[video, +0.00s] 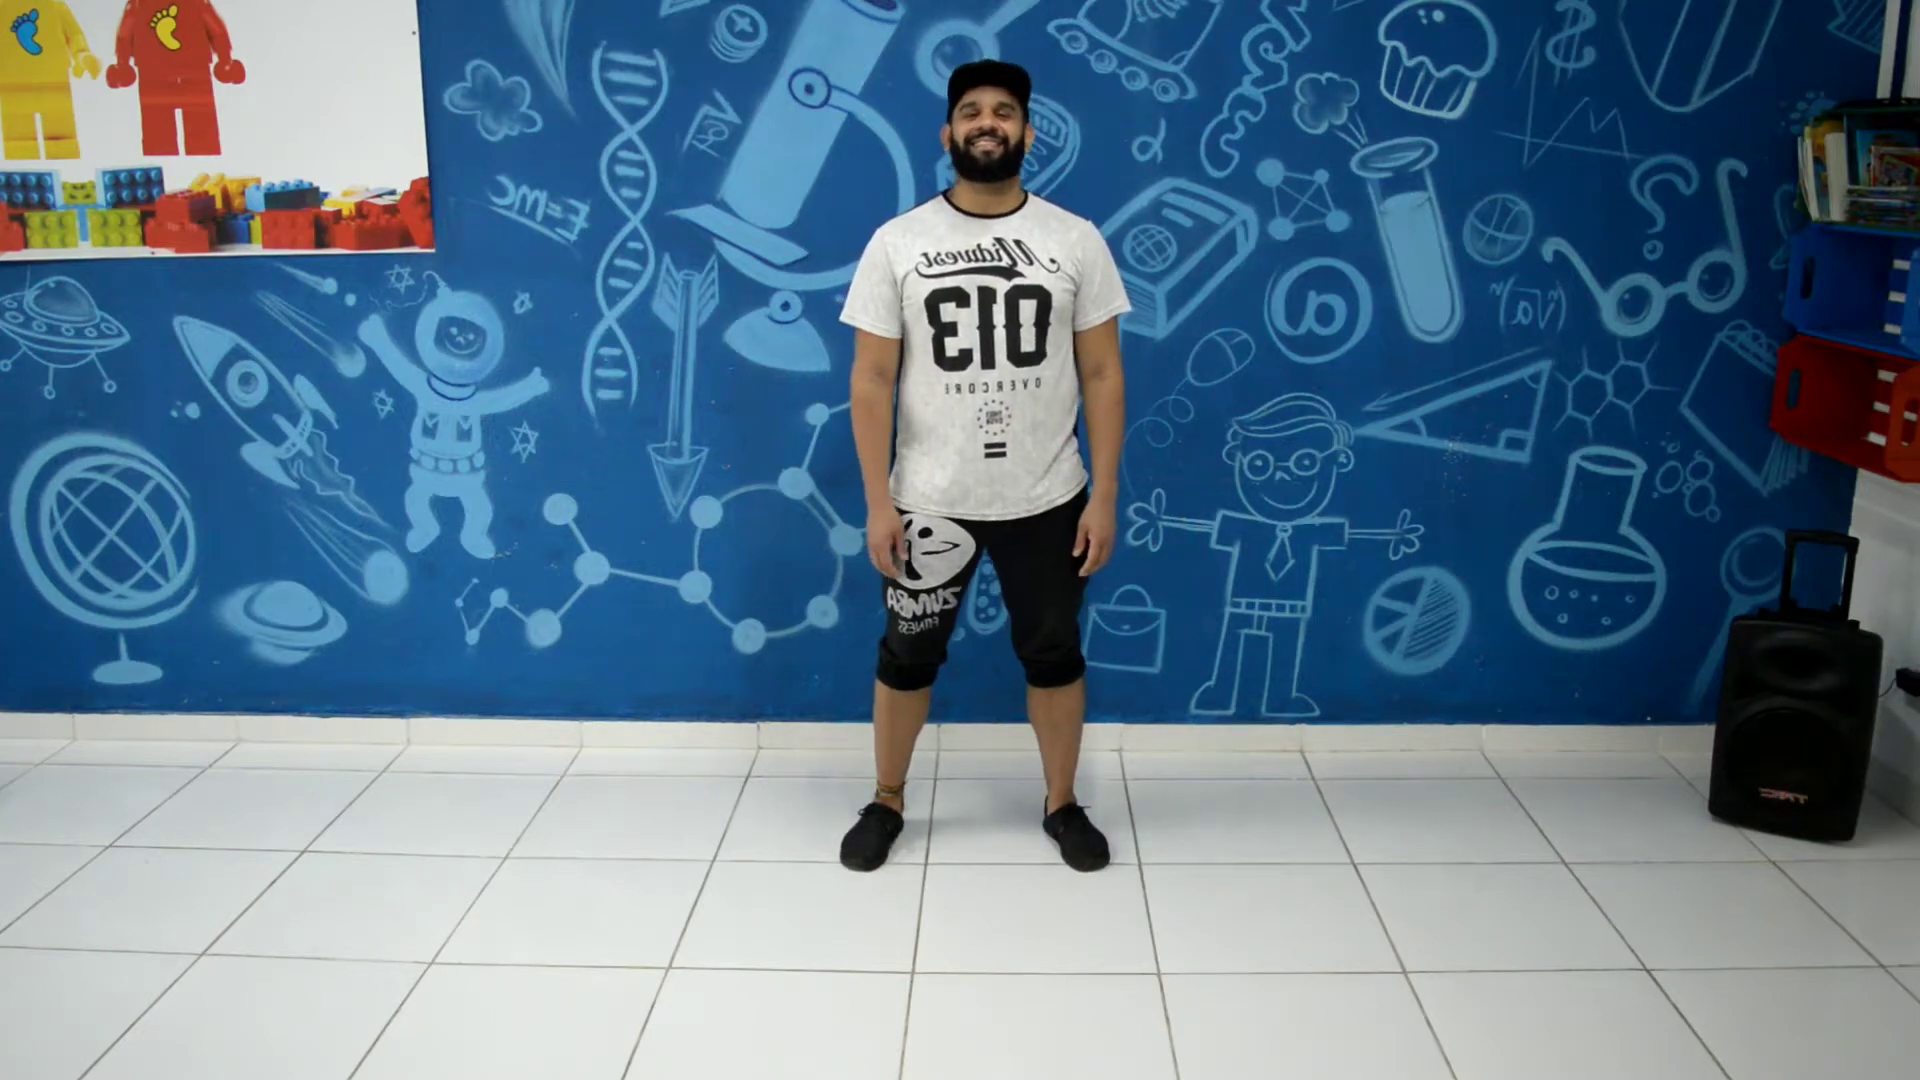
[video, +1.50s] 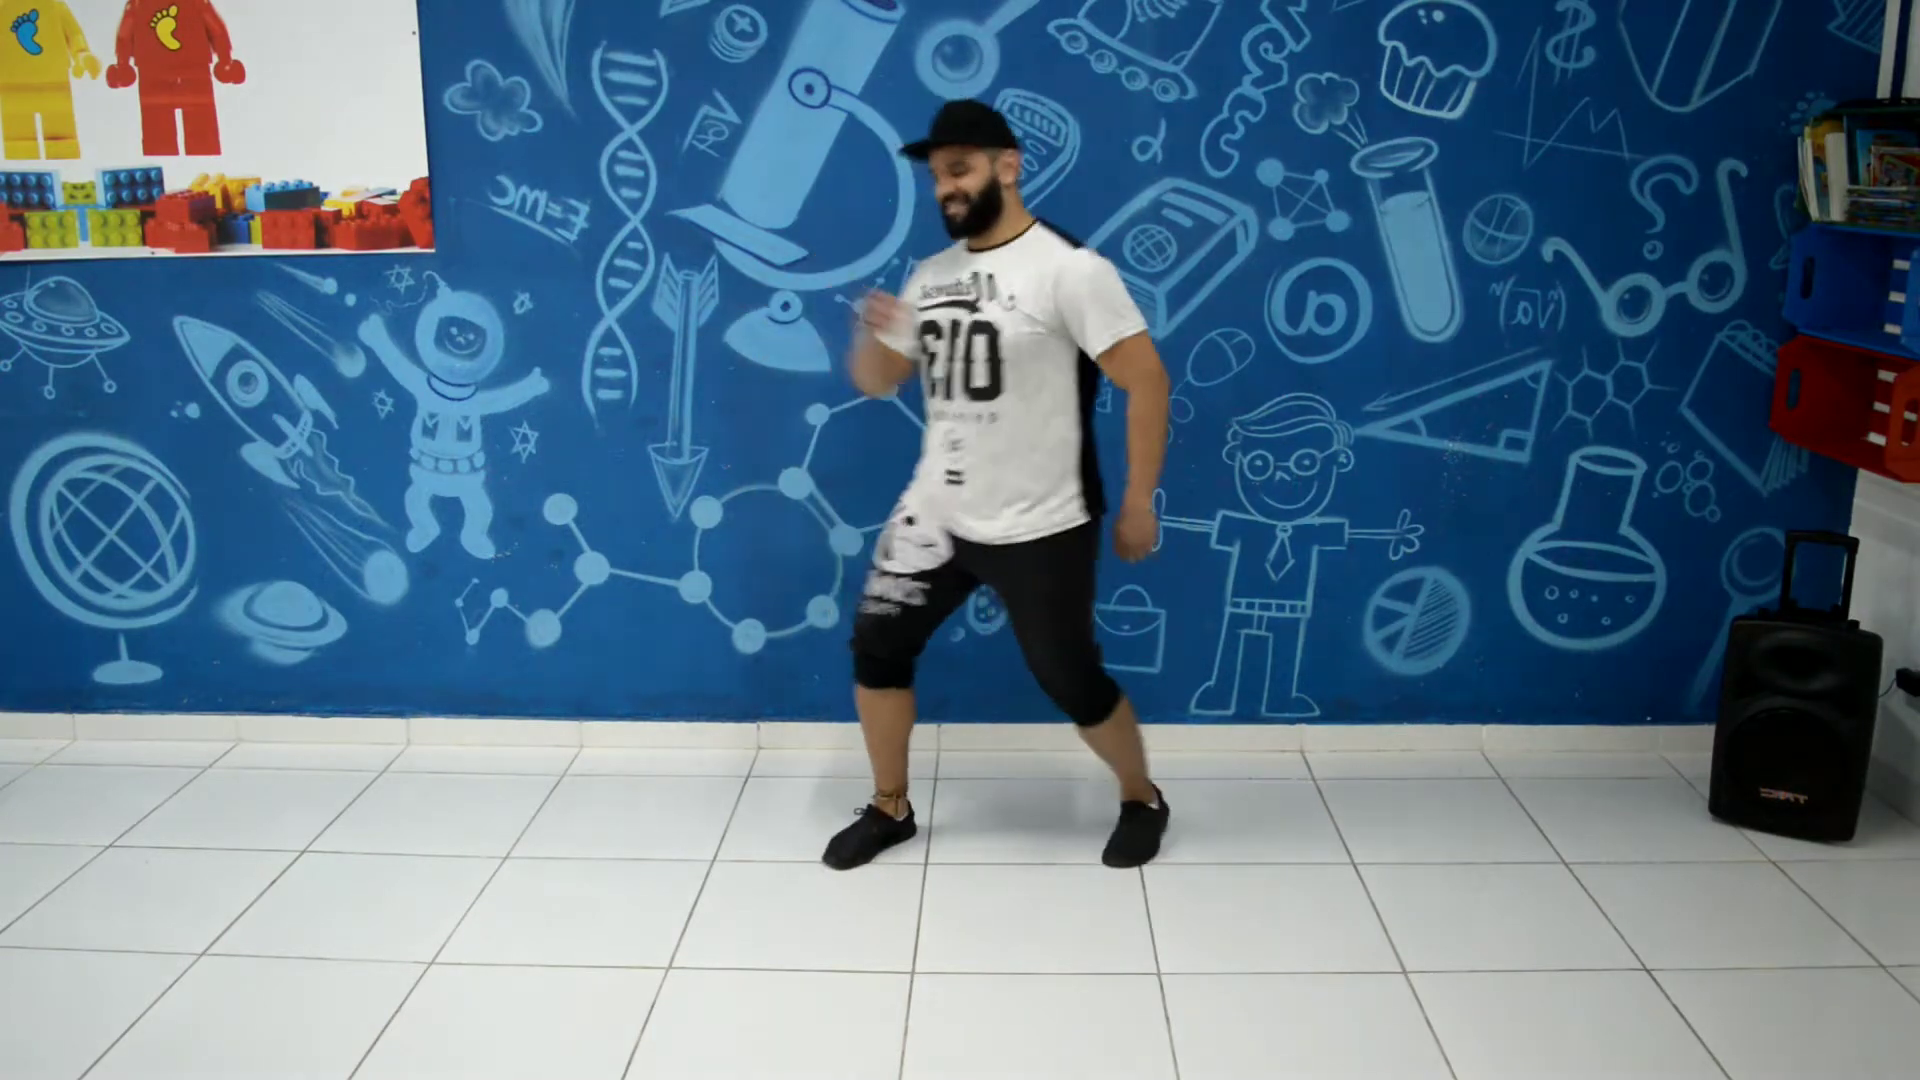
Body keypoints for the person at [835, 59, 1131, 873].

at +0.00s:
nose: (986, 126)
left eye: (1003, 115)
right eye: (971, 115)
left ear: (1026, 135)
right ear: (949, 135)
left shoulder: (1077, 242)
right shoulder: (898, 245)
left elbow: (1101, 373)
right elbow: (872, 378)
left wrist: (1105, 495)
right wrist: (878, 498)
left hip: (1045, 497)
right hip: (932, 498)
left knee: (1056, 657)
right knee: (907, 656)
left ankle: (1063, 805)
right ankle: (885, 802)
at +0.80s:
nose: (961, 152)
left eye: (978, 140)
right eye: (946, 137)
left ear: (1000, 156)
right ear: (921, 147)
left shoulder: (1040, 260)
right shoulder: (860, 255)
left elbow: (1070, 383)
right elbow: (822, 379)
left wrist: (1110, 488)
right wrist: (793, 493)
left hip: (1011, 504)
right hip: (894, 505)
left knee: (1050, 661)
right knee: (869, 670)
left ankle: (1062, 803)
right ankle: (873, 803)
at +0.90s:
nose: (951, 127)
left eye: (968, 114)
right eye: (934, 115)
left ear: (992, 130)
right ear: (911, 130)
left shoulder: (1036, 239)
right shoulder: (854, 228)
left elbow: (1065, 360)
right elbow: (803, 343)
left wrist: (1108, 452)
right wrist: (760, 450)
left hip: (1000, 484)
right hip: (884, 484)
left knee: (1029, 647)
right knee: (873, 654)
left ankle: (1033, 790)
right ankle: (873, 798)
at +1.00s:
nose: (941, 135)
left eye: (954, 121)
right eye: (923, 126)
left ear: (981, 134)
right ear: (901, 148)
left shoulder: (1035, 248)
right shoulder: (854, 236)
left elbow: (1071, 360)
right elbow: (778, 325)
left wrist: (1113, 424)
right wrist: (700, 403)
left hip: (988, 494)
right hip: (875, 491)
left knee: (1010, 665)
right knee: (865, 664)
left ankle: (975, 763)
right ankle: (871, 800)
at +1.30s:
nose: (911, 148)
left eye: (925, 130)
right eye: (901, 136)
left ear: (971, 125)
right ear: (894, 141)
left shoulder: (1044, 230)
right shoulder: (880, 228)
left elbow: (1115, 349)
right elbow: (816, 306)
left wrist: (1106, 475)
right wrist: (739, 290)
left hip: (1006, 487)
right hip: (897, 481)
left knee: (1029, 660)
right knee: (878, 647)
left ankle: (1051, 752)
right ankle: (884, 800)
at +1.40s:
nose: (923, 172)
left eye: (937, 154)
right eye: (913, 158)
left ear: (983, 148)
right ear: (905, 163)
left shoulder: (1055, 253)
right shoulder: (905, 250)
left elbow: (1133, 365)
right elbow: (838, 343)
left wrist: (1116, 490)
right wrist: (807, 306)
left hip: (1017, 509)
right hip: (912, 501)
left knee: (1043, 671)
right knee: (870, 651)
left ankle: (1115, 793)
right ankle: (891, 806)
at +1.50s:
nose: (945, 187)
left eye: (961, 169)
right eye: (937, 173)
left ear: (1008, 166)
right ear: (931, 178)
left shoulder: (1072, 272)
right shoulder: (930, 277)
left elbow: (1148, 382)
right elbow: (877, 381)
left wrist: (1139, 500)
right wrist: (873, 335)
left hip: (1038, 516)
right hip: (940, 508)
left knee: (1067, 671)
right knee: (879, 643)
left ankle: (1142, 799)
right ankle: (890, 806)